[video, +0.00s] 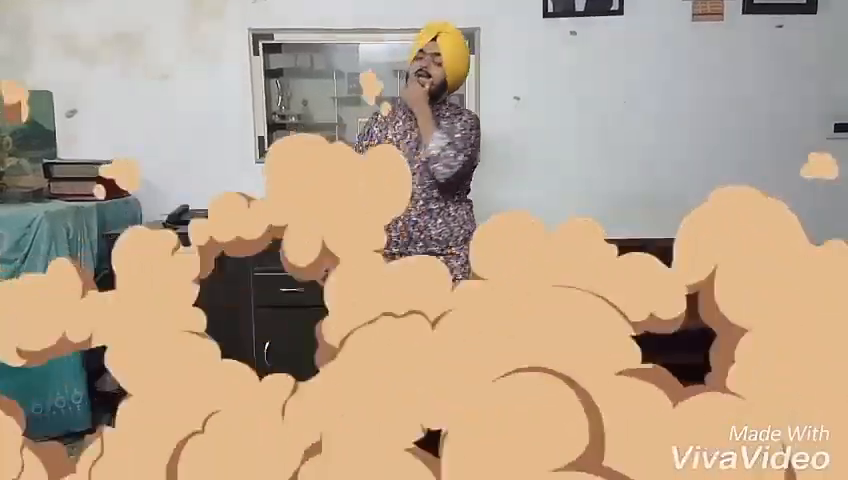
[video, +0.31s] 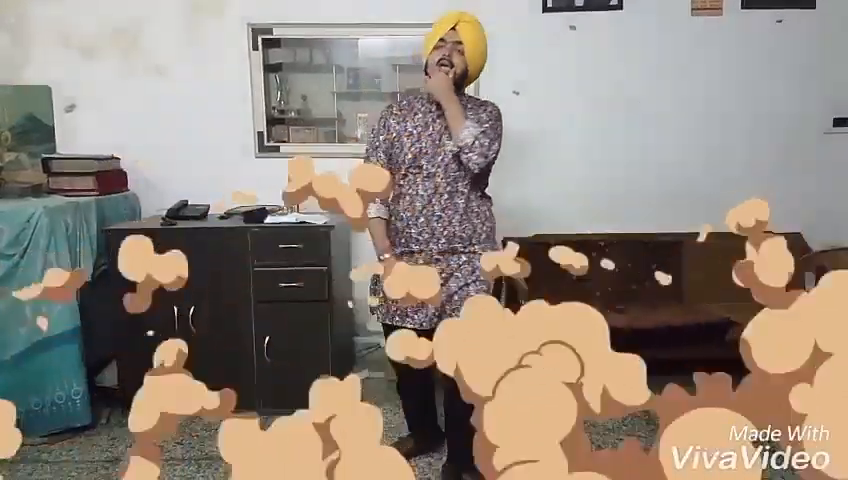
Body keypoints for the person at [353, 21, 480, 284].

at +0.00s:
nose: (424, 64)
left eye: (436, 59)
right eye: (420, 56)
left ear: (453, 71)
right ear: (411, 61)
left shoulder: (463, 121)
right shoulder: (387, 115)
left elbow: (448, 174)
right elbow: (356, 170)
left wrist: (420, 108)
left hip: (446, 249)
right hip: (391, 247)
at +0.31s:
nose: (447, 52)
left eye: (459, 48)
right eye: (441, 44)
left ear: (473, 63)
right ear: (426, 54)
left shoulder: (483, 112)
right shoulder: (396, 112)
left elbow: (478, 160)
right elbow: (372, 189)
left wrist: (447, 98)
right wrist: (387, 255)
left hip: (467, 254)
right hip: (406, 255)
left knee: (463, 358)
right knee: (407, 355)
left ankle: (461, 460)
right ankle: (423, 434)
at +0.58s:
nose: (449, 46)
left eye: (461, 40)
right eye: (442, 39)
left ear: (479, 53)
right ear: (429, 49)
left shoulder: (495, 108)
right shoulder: (404, 111)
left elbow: (488, 160)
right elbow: (381, 187)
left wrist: (453, 93)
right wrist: (378, 260)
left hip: (476, 257)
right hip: (412, 257)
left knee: (467, 364)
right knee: (395, 357)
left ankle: (459, 459)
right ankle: (404, 433)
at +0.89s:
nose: (410, 56)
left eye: (419, 44)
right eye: (403, 49)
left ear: (446, 47)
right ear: (399, 58)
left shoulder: (485, 107)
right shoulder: (391, 118)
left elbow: (472, 168)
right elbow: (371, 201)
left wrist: (429, 106)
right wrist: (365, 275)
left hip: (469, 269)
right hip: (402, 270)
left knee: (463, 382)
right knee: (402, 394)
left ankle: (457, 463)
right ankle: (399, 473)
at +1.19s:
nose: (371, 64)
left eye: (379, 52)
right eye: (366, 56)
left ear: (412, 51)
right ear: (367, 61)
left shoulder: (460, 106)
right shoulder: (366, 123)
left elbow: (441, 171)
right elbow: (346, 205)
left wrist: (397, 113)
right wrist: (340, 279)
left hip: (452, 278)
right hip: (380, 281)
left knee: (469, 392)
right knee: (388, 407)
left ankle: (462, 456)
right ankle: (397, 473)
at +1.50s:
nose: (364, 62)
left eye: (372, 48)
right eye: (358, 55)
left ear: (405, 45)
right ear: (356, 60)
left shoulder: (454, 105)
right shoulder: (356, 122)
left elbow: (439, 174)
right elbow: (336, 207)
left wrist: (391, 110)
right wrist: (329, 286)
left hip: (446, 288)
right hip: (374, 292)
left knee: (466, 420)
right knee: (387, 422)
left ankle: (477, 476)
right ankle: (398, 476)